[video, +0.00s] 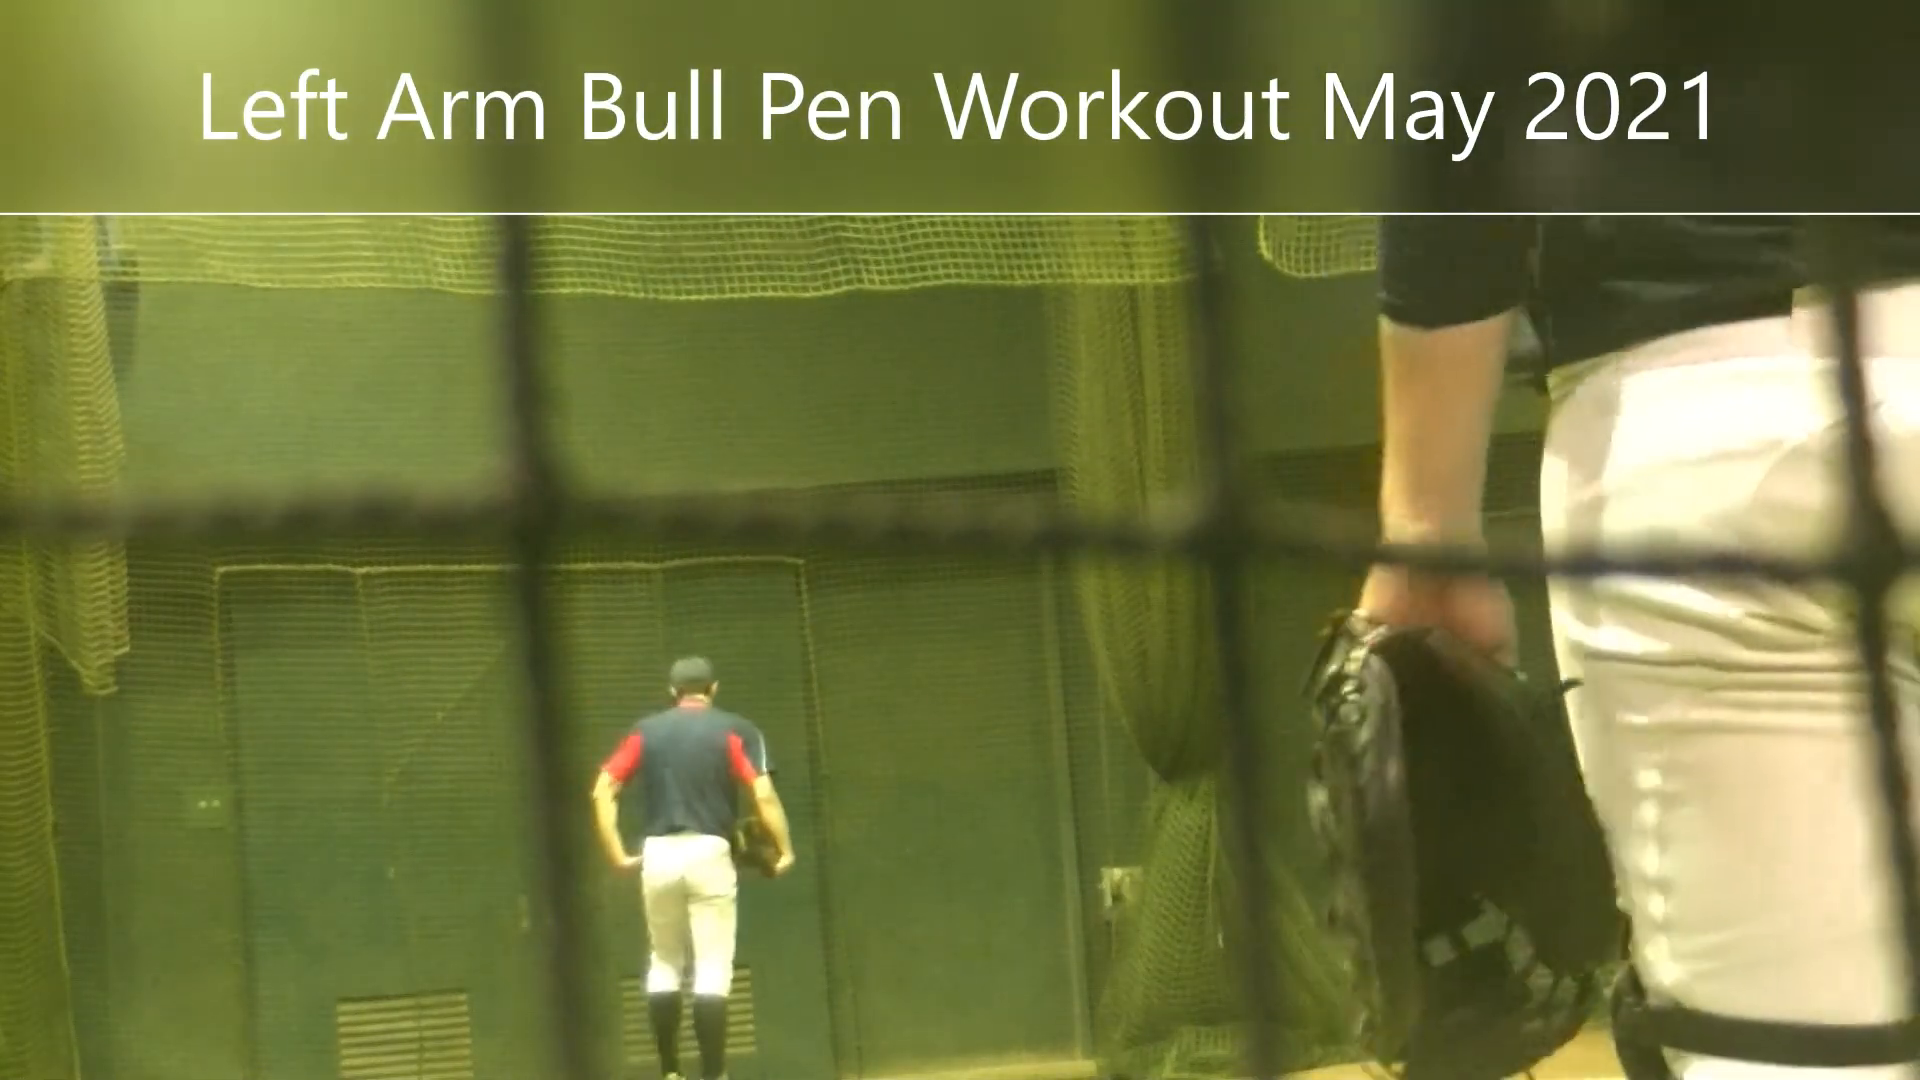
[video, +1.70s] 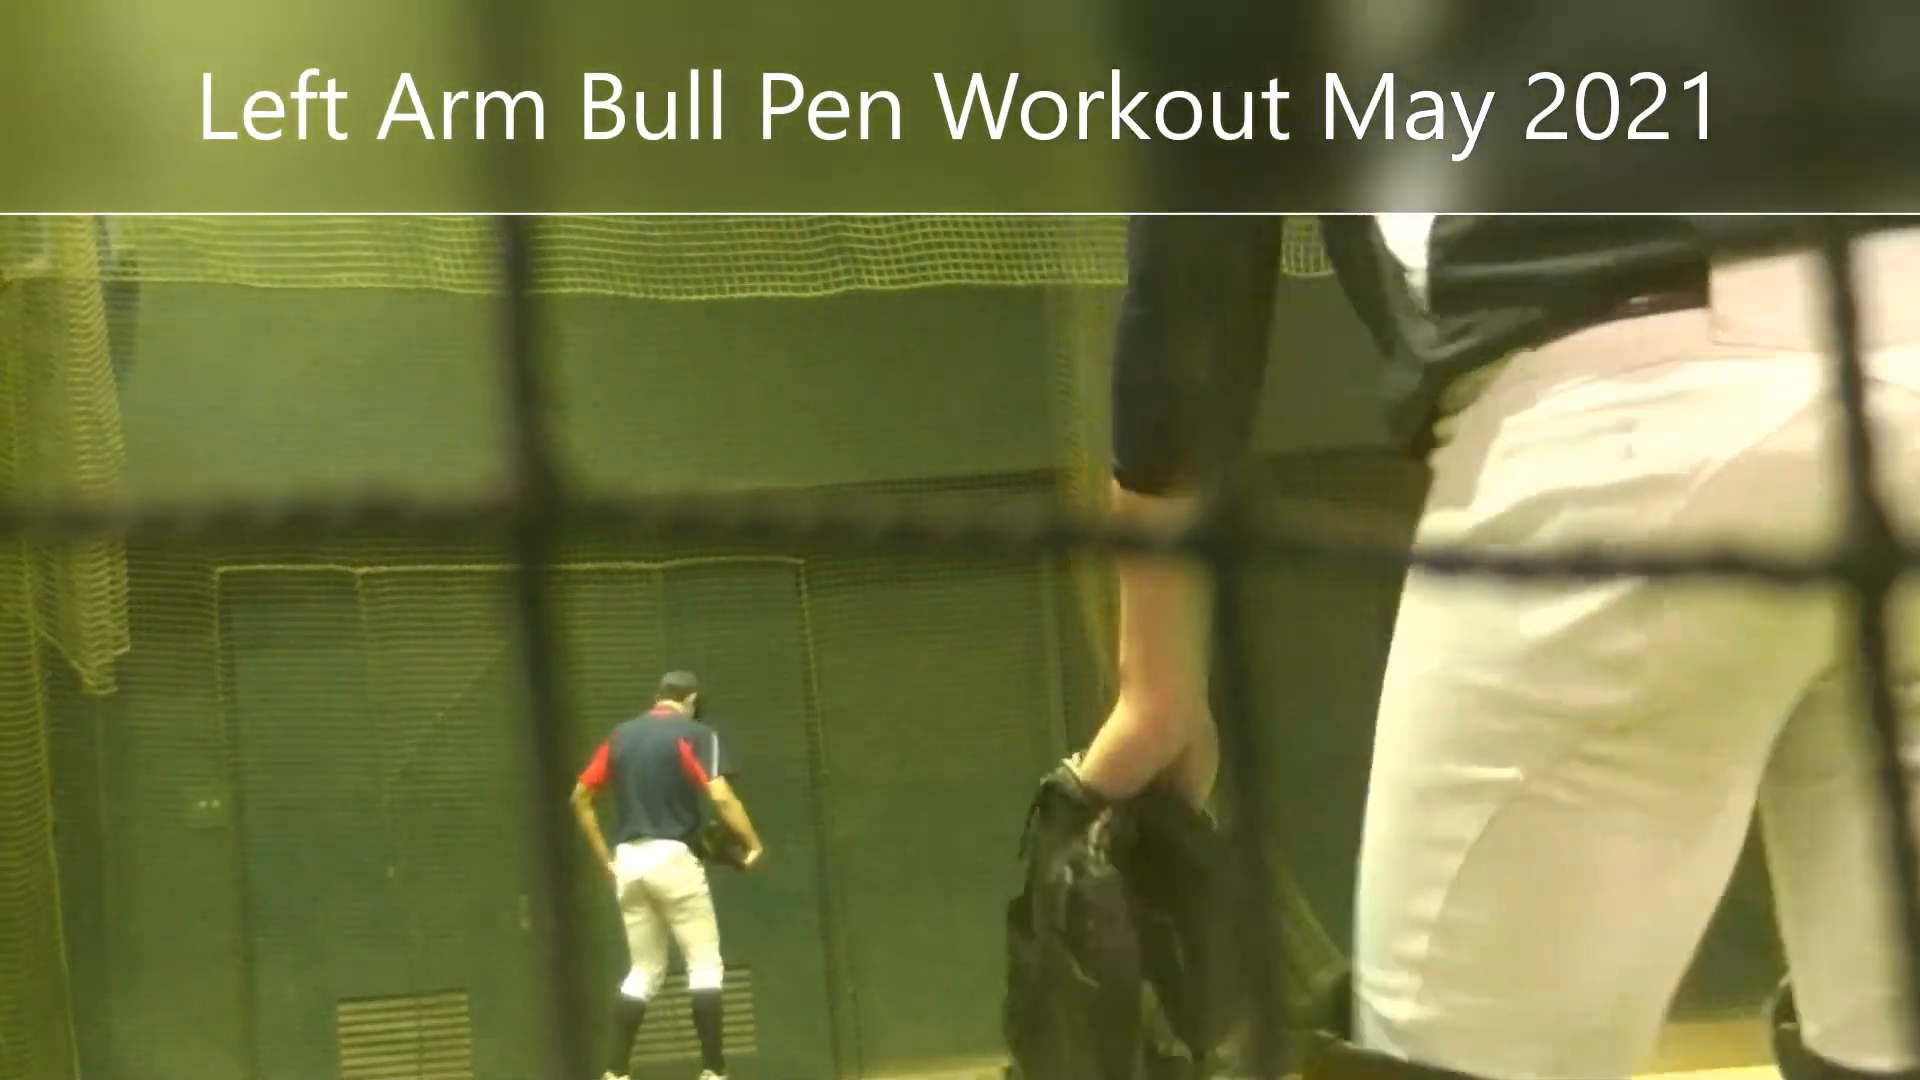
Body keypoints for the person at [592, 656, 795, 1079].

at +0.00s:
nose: (702, 695)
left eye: (684, 689)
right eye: (709, 688)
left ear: (673, 692)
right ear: (713, 690)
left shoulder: (647, 730)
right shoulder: (734, 731)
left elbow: (603, 789)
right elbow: (764, 796)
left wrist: (617, 856)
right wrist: (784, 850)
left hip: (659, 856)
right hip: (710, 856)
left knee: (664, 958)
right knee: (713, 963)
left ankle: (669, 1069)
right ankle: (713, 1072)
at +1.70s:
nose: (696, 709)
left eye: (695, 704)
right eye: (696, 704)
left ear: (657, 699)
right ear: (690, 700)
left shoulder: (621, 735)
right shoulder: (695, 733)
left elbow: (580, 797)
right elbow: (719, 795)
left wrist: (605, 859)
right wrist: (753, 842)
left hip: (627, 860)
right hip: (673, 859)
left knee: (644, 967)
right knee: (704, 960)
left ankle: (616, 1070)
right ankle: (713, 1068)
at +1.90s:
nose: (676, 721)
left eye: (679, 716)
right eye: (677, 714)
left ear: (642, 700)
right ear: (667, 703)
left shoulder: (602, 737)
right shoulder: (659, 730)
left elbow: (582, 804)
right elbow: (668, 790)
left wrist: (612, 837)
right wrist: (710, 830)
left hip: (603, 861)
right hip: (644, 859)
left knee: (623, 972)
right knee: (680, 963)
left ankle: (606, 1072)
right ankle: (706, 1067)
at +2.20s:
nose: (655, 720)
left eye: (659, 713)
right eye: (658, 711)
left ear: (635, 695)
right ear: (644, 697)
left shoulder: (595, 731)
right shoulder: (622, 733)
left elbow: (607, 802)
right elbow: (614, 804)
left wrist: (654, 825)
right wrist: (658, 847)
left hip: (585, 858)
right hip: (614, 858)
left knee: (614, 969)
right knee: (655, 959)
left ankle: (606, 1071)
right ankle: (644, 1066)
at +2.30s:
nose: (651, 718)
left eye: (654, 711)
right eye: (652, 709)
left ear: (630, 696)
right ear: (637, 697)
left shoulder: (599, 731)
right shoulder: (613, 734)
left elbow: (626, 785)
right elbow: (601, 807)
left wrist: (682, 792)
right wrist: (646, 851)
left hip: (589, 859)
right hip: (607, 859)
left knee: (615, 968)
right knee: (640, 962)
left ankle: (601, 1066)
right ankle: (620, 1067)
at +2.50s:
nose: (647, 718)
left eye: (650, 710)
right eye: (646, 708)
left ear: (629, 701)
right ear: (626, 698)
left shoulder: (612, 739)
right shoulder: (598, 739)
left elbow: (653, 755)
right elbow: (572, 808)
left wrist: (708, 735)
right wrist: (616, 855)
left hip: (619, 868)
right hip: (595, 867)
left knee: (625, 975)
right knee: (617, 975)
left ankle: (607, 1069)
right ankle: (600, 1070)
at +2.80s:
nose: (645, 726)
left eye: (648, 718)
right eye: (640, 717)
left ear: (644, 717)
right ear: (618, 710)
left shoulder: (640, 755)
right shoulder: (572, 754)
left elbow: (690, 793)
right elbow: (530, 810)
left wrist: (750, 787)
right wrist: (556, 851)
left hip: (615, 879)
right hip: (573, 882)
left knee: (635, 972)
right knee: (589, 982)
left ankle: (572, 1056)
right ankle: (586, 1067)